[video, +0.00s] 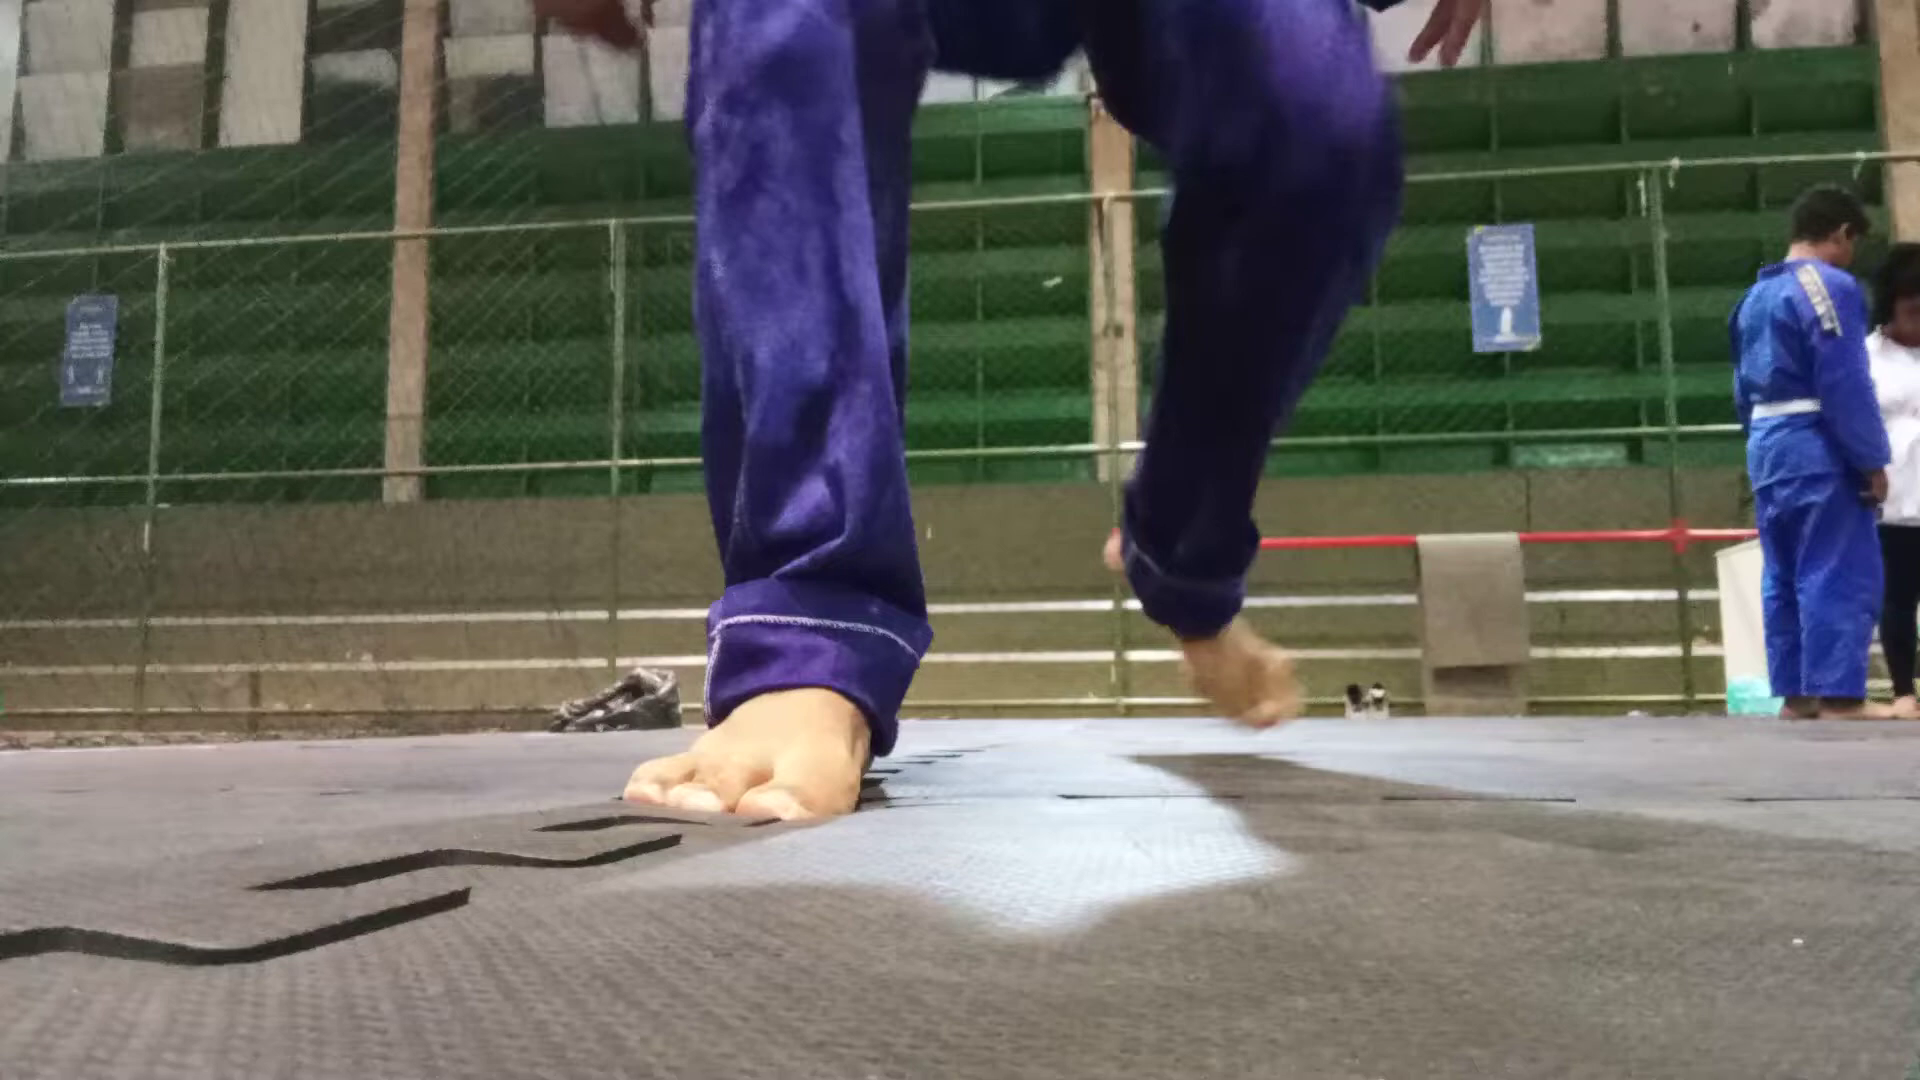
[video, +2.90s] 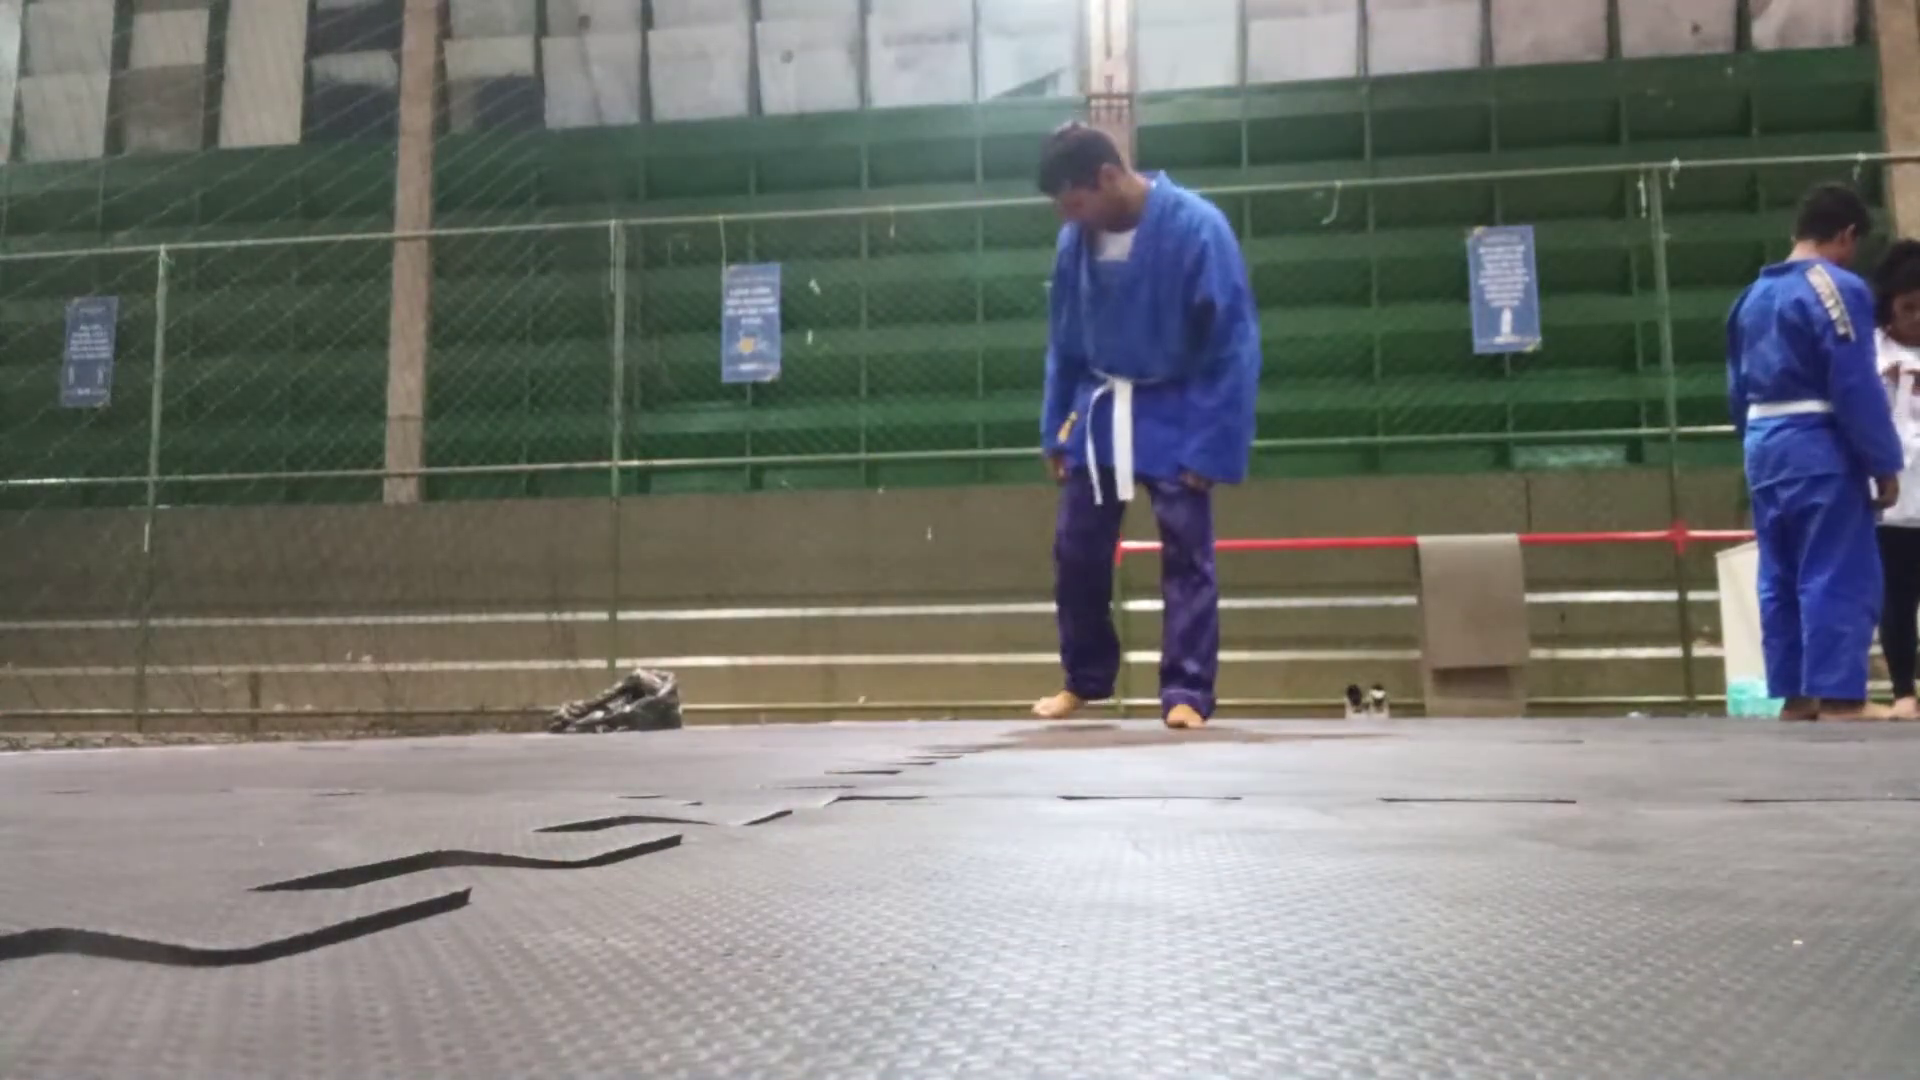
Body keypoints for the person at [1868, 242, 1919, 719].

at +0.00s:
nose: (1915, 319)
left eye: (1918, 309)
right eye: (1909, 309)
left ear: (1919, 310)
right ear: (1890, 309)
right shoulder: (1868, 353)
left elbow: (1858, 418)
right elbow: (1855, 416)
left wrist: (1868, 468)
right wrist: (1868, 471)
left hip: (1914, 498)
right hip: (1895, 497)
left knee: (1906, 602)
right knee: (1898, 603)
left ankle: (1907, 688)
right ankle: (1903, 690)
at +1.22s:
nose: (1915, 315)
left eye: (1918, 306)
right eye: (1909, 306)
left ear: (1919, 307)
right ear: (1891, 305)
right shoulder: (1872, 349)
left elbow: (1863, 412)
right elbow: (1858, 412)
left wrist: (1874, 463)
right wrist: (1874, 466)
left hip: (1911, 495)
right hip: (1895, 495)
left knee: (1906, 603)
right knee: (1898, 603)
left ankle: (1907, 688)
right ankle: (1903, 689)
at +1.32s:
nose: (1916, 316)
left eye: (1919, 307)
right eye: (1911, 306)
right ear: (1893, 303)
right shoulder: (1872, 348)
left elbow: (1865, 408)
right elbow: (1860, 408)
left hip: (1913, 496)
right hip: (1895, 496)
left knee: (1907, 603)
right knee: (1898, 603)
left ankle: (1908, 689)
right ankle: (1904, 690)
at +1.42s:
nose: (1916, 315)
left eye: (1919, 306)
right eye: (1910, 306)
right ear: (1893, 305)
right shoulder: (1873, 349)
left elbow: (1861, 414)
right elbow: (1857, 413)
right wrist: (1873, 471)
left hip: (1913, 499)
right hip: (1895, 499)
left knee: (1907, 605)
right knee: (1898, 605)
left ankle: (1908, 689)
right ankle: (1904, 690)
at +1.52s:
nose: (1917, 315)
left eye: (1919, 305)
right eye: (1911, 305)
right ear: (1893, 305)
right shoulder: (1871, 350)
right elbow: (1854, 408)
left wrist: (1898, 401)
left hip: (1913, 499)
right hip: (1894, 500)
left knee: (1907, 604)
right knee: (1898, 604)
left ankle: (1908, 689)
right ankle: (1904, 690)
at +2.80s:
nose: (1914, 316)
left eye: (1918, 307)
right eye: (1908, 307)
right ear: (1889, 307)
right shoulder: (1870, 351)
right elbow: (1853, 412)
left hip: (1914, 496)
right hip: (1893, 497)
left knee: (1906, 603)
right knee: (1898, 603)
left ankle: (1908, 688)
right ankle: (1904, 689)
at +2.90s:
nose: (1914, 317)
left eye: (1918, 307)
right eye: (1907, 307)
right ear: (1889, 307)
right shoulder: (1871, 349)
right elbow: (1855, 414)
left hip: (1914, 496)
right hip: (1893, 497)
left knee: (1907, 603)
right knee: (1898, 603)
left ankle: (1908, 688)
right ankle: (1904, 690)